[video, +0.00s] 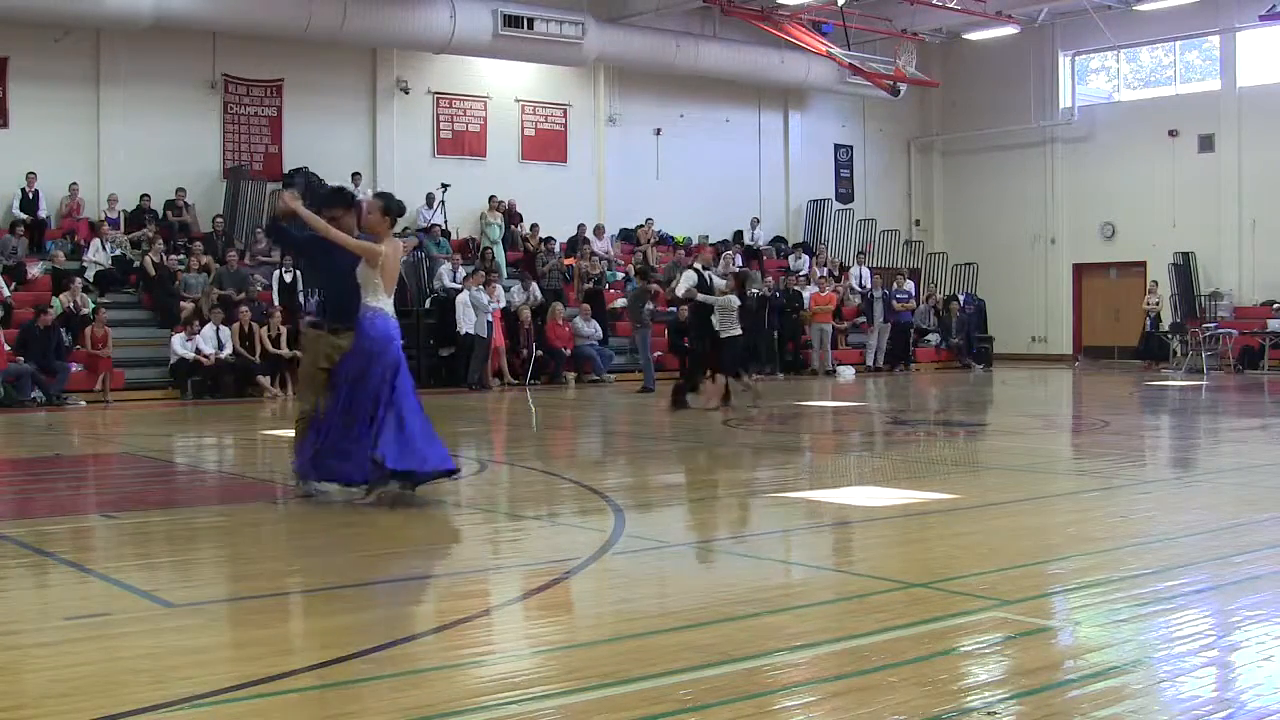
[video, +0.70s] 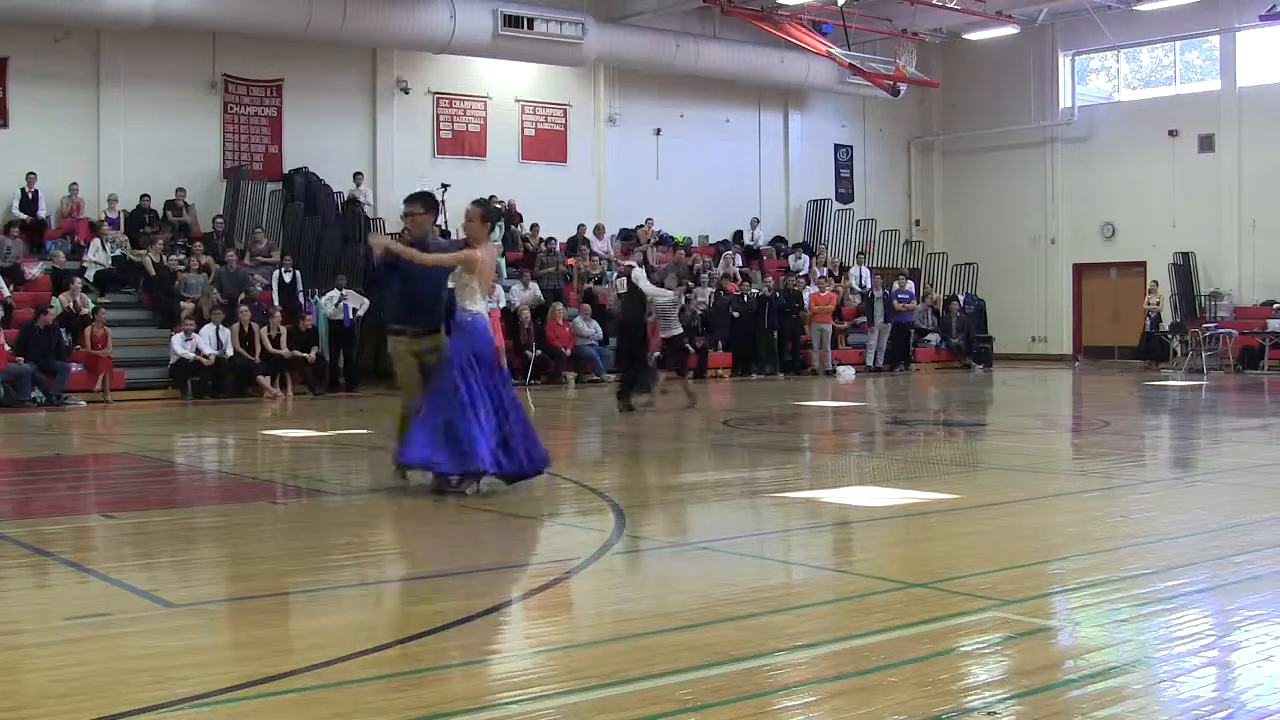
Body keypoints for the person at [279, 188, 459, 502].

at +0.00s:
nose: (363, 217)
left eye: (369, 213)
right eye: (364, 212)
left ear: (386, 219)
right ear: (387, 220)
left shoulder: (377, 250)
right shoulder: (396, 246)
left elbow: (331, 232)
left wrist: (298, 208)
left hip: (373, 328)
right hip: (388, 327)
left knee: (347, 392)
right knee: (389, 397)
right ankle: (406, 466)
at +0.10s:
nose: (381, 221)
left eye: (386, 216)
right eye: (382, 215)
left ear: (403, 221)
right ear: (404, 222)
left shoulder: (393, 254)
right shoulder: (411, 249)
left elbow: (349, 236)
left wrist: (315, 210)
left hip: (388, 331)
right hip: (401, 329)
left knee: (369, 397)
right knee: (407, 397)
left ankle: (371, 471)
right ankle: (426, 467)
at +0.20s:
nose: (400, 220)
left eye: (406, 215)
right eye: (401, 214)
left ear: (421, 222)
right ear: (417, 221)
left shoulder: (413, 252)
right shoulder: (422, 246)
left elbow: (365, 237)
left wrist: (327, 209)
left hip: (409, 331)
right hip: (413, 328)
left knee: (385, 393)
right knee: (414, 397)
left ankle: (384, 472)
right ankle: (429, 467)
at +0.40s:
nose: (432, 221)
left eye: (438, 216)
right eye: (433, 216)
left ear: (453, 223)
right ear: (449, 224)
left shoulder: (442, 253)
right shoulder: (450, 247)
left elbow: (398, 235)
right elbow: (402, 234)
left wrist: (363, 207)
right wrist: (365, 206)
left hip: (436, 330)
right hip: (435, 327)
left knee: (405, 384)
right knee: (439, 393)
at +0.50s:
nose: (444, 224)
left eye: (450, 219)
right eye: (445, 218)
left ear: (465, 225)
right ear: (465, 225)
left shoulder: (451, 255)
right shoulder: (469, 247)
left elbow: (410, 238)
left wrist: (375, 214)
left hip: (442, 333)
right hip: (451, 330)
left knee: (427, 396)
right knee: (451, 398)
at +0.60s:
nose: (456, 224)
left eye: (461, 219)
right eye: (457, 218)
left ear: (476, 225)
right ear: (476, 225)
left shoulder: (463, 254)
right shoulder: (481, 248)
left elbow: (418, 245)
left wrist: (384, 226)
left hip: (456, 330)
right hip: (467, 329)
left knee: (441, 395)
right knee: (463, 396)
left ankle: (457, 463)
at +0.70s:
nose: (464, 225)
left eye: (469, 220)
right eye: (465, 219)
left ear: (485, 226)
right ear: (484, 226)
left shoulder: (473, 255)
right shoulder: (491, 251)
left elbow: (427, 259)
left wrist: (391, 245)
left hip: (468, 329)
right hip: (481, 326)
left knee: (460, 395)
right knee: (472, 394)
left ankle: (472, 464)